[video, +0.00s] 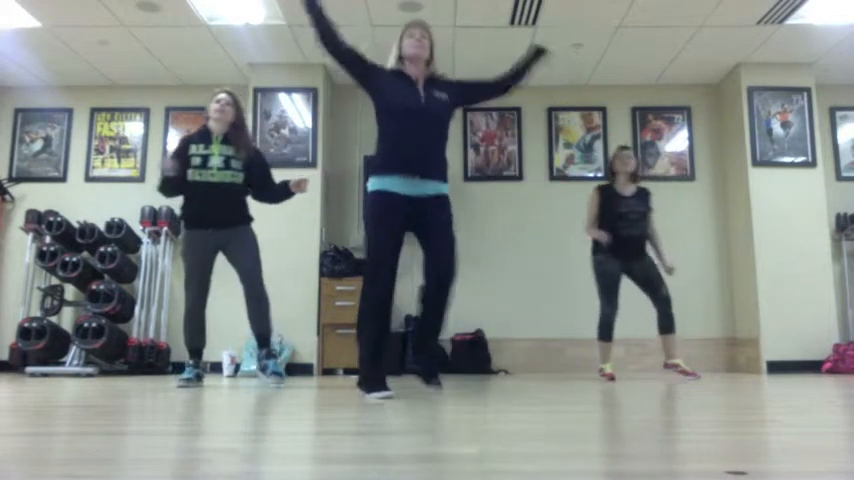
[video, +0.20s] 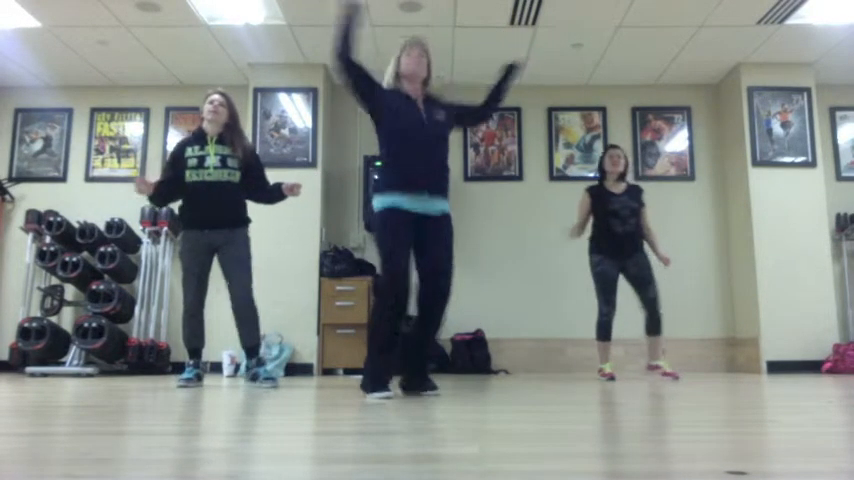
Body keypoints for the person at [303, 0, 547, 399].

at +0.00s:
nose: (416, 40)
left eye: (422, 37)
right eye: (410, 37)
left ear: (431, 48)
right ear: (400, 46)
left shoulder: (448, 91)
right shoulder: (381, 80)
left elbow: (501, 87)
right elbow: (337, 47)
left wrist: (530, 58)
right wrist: (313, 7)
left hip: (433, 197)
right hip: (387, 195)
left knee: (442, 275)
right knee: (380, 281)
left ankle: (424, 358)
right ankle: (371, 375)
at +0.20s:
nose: (417, 58)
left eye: (422, 55)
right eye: (410, 54)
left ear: (430, 65)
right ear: (398, 63)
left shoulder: (442, 110)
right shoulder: (383, 100)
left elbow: (484, 112)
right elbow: (344, 62)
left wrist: (507, 77)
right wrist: (348, 18)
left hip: (434, 208)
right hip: (394, 205)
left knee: (437, 289)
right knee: (395, 287)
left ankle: (415, 375)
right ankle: (375, 377)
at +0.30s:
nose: (423, 58)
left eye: (426, 52)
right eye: (419, 51)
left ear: (430, 58)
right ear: (406, 55)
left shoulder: (437, 96)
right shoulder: (397, 85)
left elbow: (458, 89)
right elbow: (386, 43)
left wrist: (468, 57)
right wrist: (384, 7)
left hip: (432, 197)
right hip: (404, 195)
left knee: (433, 280)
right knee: (404, 278)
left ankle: (424, 363)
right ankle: (384, 364)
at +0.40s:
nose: (430, 44)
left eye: (430, 38)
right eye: (424, 38)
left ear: (426, 44)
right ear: (411, 41)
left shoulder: (426, 72)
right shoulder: (407, 69)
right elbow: (404, 38)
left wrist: (442, 59)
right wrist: (409, 11)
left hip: (423, 169)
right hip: (416, 169)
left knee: (418, 258)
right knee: (418, 258)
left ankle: (420, 348)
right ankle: (413, 349)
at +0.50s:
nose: (431, 25)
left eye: (423, 22)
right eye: (426, 21)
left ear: (399, 32)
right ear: (424, 27)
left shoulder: (401, 64)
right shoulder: (425, 50)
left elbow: (389, 92)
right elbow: (457, 18)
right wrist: (457, 4)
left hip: (406, 167)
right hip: (427, 168)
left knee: (411, 257)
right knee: (429, 257)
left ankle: (403, 347)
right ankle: (419, 352)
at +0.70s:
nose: (439, 65)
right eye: (437, 59)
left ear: (402, 66)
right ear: (437, 64)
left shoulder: (391, 103)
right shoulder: (449, 95)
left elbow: (351, 114)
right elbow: (496, 58)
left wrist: (345, 82)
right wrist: (475, 18)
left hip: (398, 204)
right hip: (439, 203)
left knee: (405, 293)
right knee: (446, 293)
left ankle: (396, 375)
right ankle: (427, 374)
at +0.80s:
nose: (411, 52)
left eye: (411, 47)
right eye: (426, 46)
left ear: (409, 55)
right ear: (443, 55)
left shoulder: (396, 88)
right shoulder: (457, 90)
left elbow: (338, 78)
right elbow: (492, 62)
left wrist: (326, 32)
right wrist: (477, 20)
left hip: (405, 189)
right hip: (449, 193)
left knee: (400, 277)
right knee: (441, 280)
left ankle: (400, 364)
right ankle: (431, 363)